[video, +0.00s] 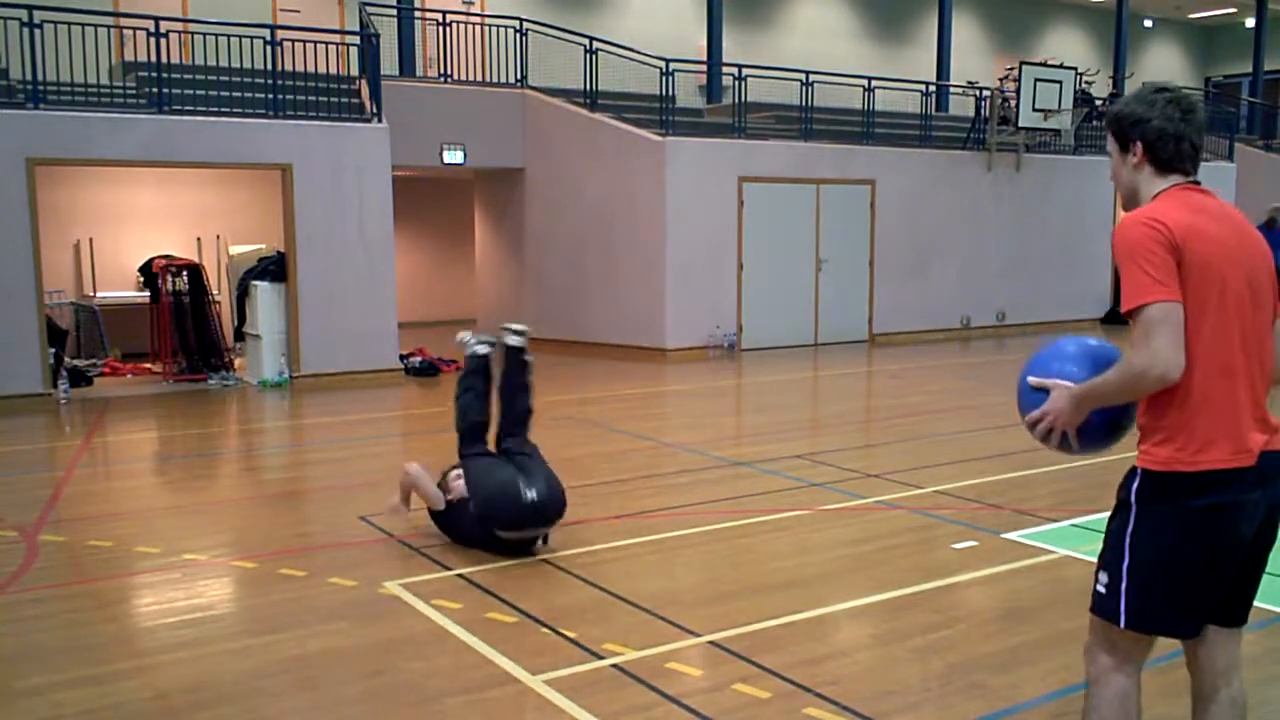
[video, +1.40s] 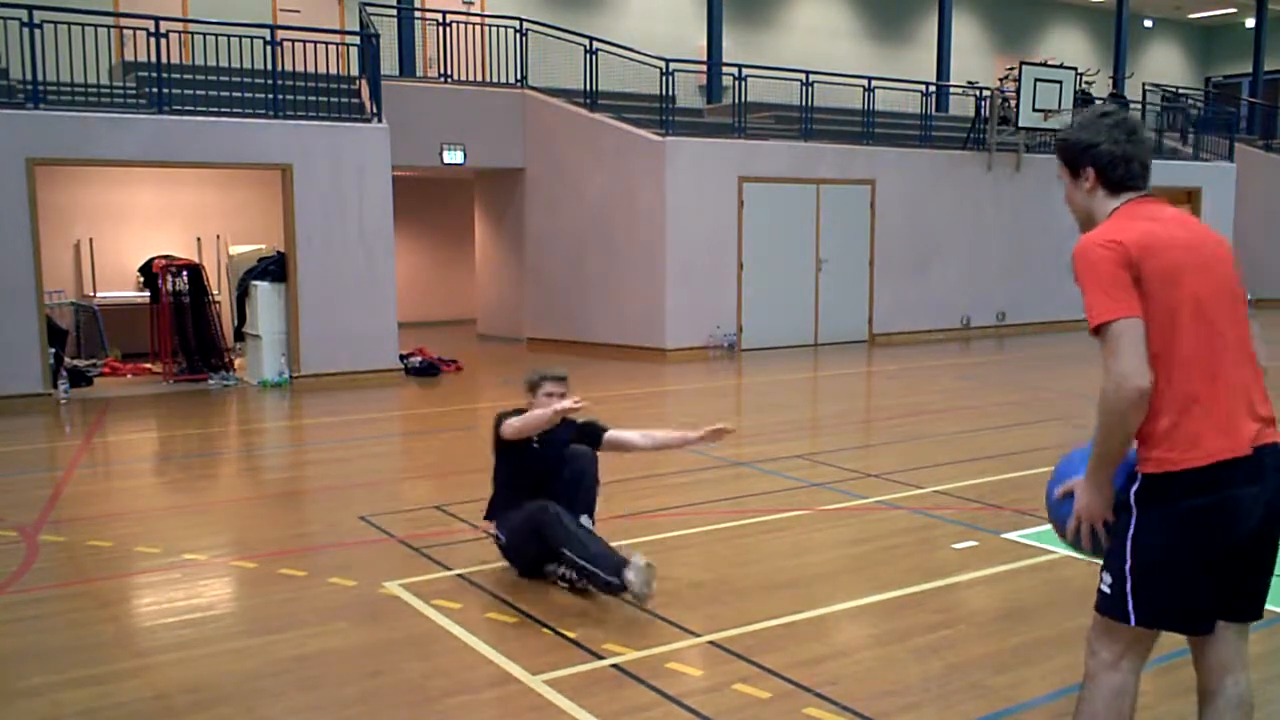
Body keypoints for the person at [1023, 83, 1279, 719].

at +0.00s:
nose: (1111, 172)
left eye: (1111, 155)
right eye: (1110, 157)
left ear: (1134, 152)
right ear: (1187, 152)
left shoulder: (1146, 226)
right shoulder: (1245, 231)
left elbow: (1160, 360)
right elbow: (1265, 369)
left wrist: (1080, 397)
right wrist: (1131, 389)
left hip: (1176, 481)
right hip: (1256, 477)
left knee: (1113, 655)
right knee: (1216, 650)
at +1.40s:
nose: (1064, 195)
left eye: (1064, 180)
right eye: (1062, 180)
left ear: (1087, 176)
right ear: (1140, 171)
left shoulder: (1104, 244)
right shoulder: (1209, 237)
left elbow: (1130, 381)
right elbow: (1241, 360)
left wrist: (1097, 481)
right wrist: (1153, 445)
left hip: (1179, 480)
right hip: (1255, 470)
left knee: (1114, 654)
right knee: (1222, 650)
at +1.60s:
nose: (1024, 219)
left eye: (1022, 204)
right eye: (1021, 205)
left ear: (1040, 201)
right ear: (1091, 193)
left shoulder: (1055, 265)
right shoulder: (1158, 246)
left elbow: (1075, 405)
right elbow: (1185, 376)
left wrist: (1060, 509)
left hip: (1164, 479)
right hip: (1245, 464)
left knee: (1113, 660)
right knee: (1218, 648)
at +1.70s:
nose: (1011, 214)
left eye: (1011, 198)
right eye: (1011, 199)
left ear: (1031, 197)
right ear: (1085, 191)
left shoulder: (1042, 265)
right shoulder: (1150, 246)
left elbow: (1033, 407)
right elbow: (1171, 383)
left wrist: (1006, 494)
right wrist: (1096, 475)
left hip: (1141, 476)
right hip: (1225, 464)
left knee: (1102, 660)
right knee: (1206, 653)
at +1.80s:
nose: (1008, 198)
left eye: (1008, 183)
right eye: (1008, 184)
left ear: (1027, 185)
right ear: (1079, 180)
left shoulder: (1033, 256)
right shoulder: (1138, 240)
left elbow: (999, 391)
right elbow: (1111, 381)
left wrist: (944, 439)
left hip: (1125, 474)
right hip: (1208, 461)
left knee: (1090, 655)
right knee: (1192, 646)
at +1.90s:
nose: (1007, 187)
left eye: (1008, 173)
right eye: (1007, 174)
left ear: (1025, 174)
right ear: (1078, 171)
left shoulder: (1027, 247)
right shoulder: (1135, 234)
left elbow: (980, 373)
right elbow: (1078, 363)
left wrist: (914, 373)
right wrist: (979, 378)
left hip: (1107, 470)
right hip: (1192, 460)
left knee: (1080, 656)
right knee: (1180, 641)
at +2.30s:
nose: (1010, 165)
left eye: (1010, 152)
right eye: (1010, 153)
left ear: (1027, 155)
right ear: (1085, 154)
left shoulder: (1028, 233)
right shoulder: (1136, 225)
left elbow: (1015, 368)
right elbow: (1135, 367)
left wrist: (949, 435)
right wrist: (1045, 421)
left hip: (1080, 469)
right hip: (1163, 462)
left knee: (1057, 648)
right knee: (1151, 627)